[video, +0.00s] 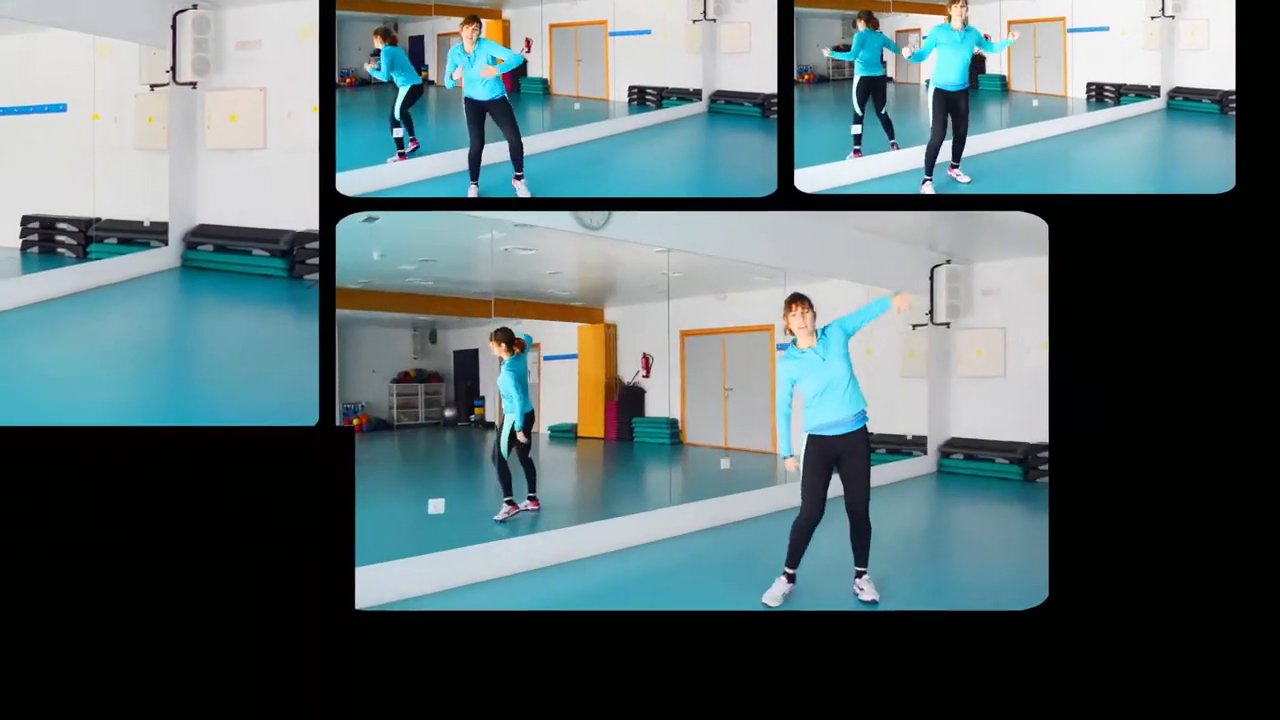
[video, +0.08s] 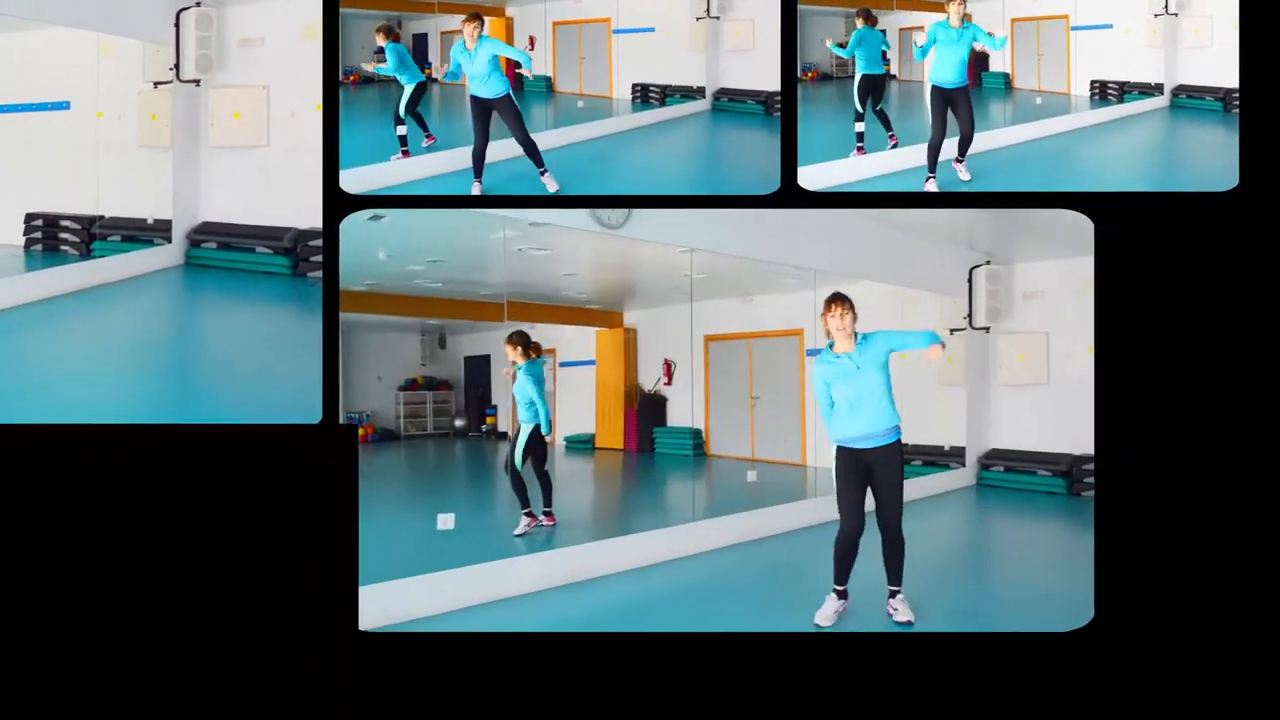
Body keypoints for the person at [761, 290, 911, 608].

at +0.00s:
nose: (801, 317)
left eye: (805, 311)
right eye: (794, 313)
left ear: (813, 315)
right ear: (787, 322)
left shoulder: (837, 331)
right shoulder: (788, 362)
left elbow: (867, 313)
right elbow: (783, 409)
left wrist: (894, 298)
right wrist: (787, 451)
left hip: (854, 436)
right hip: (818, 441)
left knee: (859, 510)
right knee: (810, 513)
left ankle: (861, 577)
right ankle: (787, 578)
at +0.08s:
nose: (839, 319)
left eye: (844, 313)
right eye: (832, 314)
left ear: (854, 317)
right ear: (824, 322)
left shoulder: (878, 342)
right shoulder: (821, 365)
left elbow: (924, 336)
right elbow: (827, 411)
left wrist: (935, 342)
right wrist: (842, 442)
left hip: (887, 448)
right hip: (848, 452)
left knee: (891, 523)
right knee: (850, 525)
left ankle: (895, 597)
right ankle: (838, 595)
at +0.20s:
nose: (892, 322)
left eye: (898, 316)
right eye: (885, 317)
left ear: (909, 323)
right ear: (877, 325)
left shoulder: (933, 360)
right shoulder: (866, 367)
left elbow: (974, 397)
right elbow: (869, 413)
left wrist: (952, 414)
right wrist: (884, 441)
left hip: (926, 465)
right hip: (883, 466)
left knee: (932, 542)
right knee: (892, 542)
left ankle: (940, 622)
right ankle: (892, 610)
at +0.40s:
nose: (946, 327)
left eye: (954, 322)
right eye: (940, 321)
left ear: (965, 331)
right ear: (931, 328)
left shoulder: (978, 374)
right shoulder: (915, 369)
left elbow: (983, 436)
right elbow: (894, 405)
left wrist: (934, 417)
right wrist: (848, 422)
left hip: (959, 482)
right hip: (914, 480)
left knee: (974, 567)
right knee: (911, 567)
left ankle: (993, 652)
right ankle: (908, 631)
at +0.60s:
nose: (935, 341)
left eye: (944, 337)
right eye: (931, 334)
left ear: (954, 346)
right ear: (919, 338)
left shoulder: (959, 388)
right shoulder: (898, 376)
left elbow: (957, 446)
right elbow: (849, 398)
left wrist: (922, 406)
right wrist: (832, 357)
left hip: (932, 498)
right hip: (887, 494)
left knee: (964, 583)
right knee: (889, 581)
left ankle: (1008, 662)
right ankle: (895, 652)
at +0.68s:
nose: (924, 340)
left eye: (933, 336)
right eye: (919, 332)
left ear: (941, 346)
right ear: (907, 337)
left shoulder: (944, 387)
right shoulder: (881, 372)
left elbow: (934, 442)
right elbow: (827, 388)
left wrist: (912, 397)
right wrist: (836, 341)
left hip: (916, 494)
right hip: (874, 492)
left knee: (945, 582)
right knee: (883, 581)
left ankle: (985, 658)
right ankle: (898, 650)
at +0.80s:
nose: (920, 329)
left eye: (928, 324)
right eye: (915, 320)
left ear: (935, 333)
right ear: (902, 323)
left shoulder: (935, 372)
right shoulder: (875, 355)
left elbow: (917, 418)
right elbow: (834, 372)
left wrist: (903, 375)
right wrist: (867, 327)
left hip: (913, 477)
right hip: (872, 475)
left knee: (920, 565)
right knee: (894, 565)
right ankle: (914, 633)